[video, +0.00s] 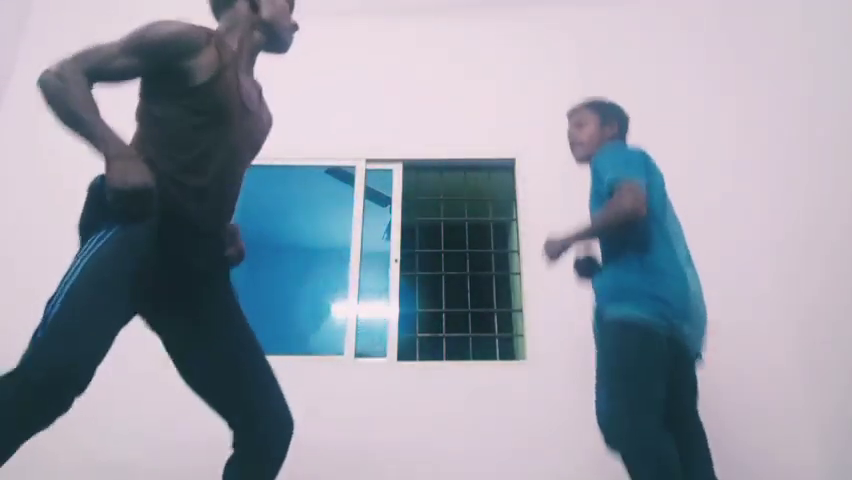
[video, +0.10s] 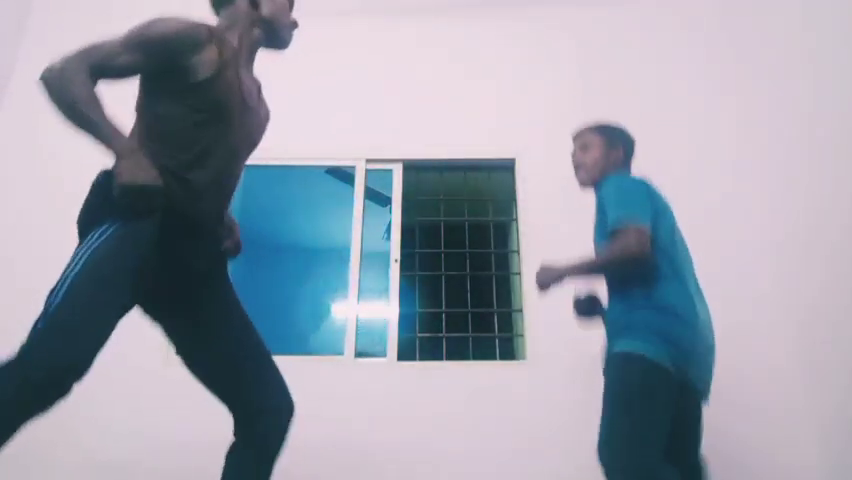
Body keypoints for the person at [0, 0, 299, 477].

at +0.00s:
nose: (295, 15)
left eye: (292, 5)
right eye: (284, 3)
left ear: (254, 12)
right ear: (249, 6)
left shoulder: (254, 104)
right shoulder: (184, 41)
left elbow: (197, 171)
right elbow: (60, 77)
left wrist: (221, 227)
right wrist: (117, 153)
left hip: (195, 263)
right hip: (132, 237)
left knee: (268, 427)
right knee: (43, 386)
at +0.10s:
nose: (294, 12)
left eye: (291, 3)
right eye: (284, 1)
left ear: (253, 10)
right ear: (250, 5)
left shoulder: (250, 91)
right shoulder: (186, 38)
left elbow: (194, 159)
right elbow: (63, 75)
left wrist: (219, 218)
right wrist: (124, 149)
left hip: (193, 254)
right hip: (132, 229)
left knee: (268, 410)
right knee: (42, 373)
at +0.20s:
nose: (308, 7)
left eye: (305, 1)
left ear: (268, 5)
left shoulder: (260, 79)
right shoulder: (208, 23)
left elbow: (215, 148)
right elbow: (88, 56)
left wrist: (225, 214)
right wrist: (154, 131)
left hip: (195, 238)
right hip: (139, 208)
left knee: (260, 400)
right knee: (78, 342)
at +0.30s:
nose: (314, 19)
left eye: (310, 9)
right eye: (305, 7)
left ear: (279, 20)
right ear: (276, 16)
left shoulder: (267, 124)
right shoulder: (210, 72)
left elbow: (218, 229)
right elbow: (113, 126)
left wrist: (258, 295)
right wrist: (198, 198)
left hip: (190, 289)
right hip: (134, 260)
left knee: (247, 442)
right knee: (141, 338)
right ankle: (70, 467)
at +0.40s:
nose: (302, 40)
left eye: (297, 27)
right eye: (291, 25)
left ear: (260, 35)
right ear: (257, 34)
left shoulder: (267, 141)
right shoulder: (202, 98)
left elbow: (255, 239)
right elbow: (112, 182)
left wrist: (300, 270)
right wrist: (187, 259)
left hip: (190, 306)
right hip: (122, 288)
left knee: (262, 453)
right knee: (181, 390)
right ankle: (134, 474)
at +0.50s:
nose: (269, 10)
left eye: (263, 2)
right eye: (254, 2)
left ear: (223, 17)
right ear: (217, 12)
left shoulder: (257, 111)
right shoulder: (177, 93)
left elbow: (295, 184)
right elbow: (89, 180)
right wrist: (153, 225)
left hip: (211, 283)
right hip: (151, 277)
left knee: (285, 428)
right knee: (210, 391)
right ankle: (141, 476)